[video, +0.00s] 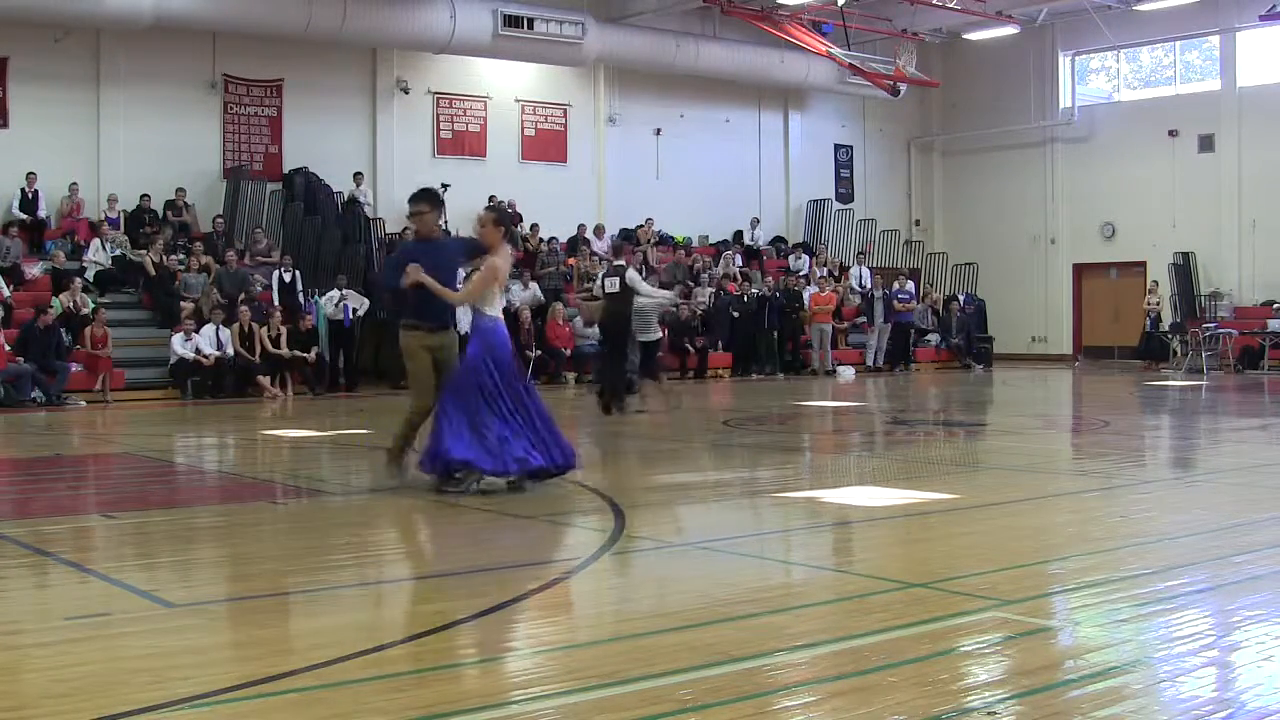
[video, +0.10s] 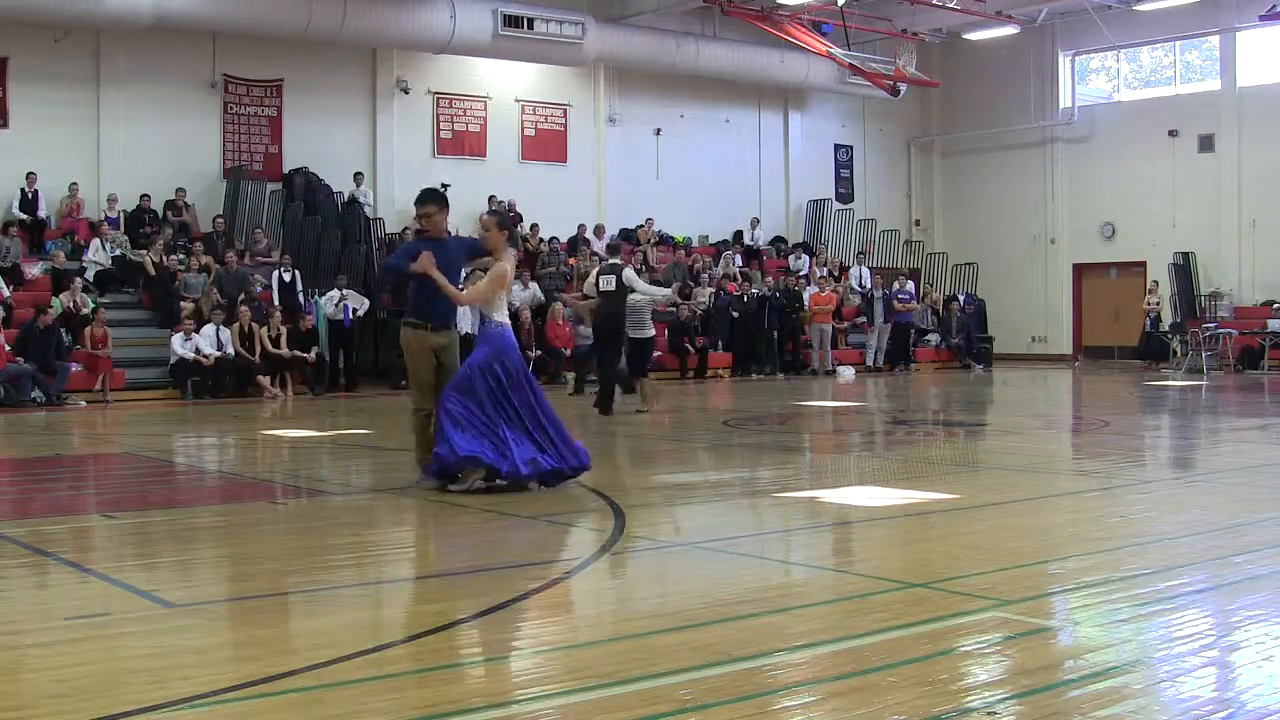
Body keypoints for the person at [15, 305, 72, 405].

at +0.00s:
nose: (52, 317)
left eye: (52, 315)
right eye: (50, 315)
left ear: (43, 316)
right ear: (42, 316)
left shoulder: (54, 328)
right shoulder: (28, 328)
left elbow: (60, 347)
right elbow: (19, 347)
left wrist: (61, 360)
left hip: (49, 359)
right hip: (33, 360)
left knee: (64, 367)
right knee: (32, 371)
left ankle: (55, 393)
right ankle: (51, 394)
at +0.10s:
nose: (52, 318)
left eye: (52, 315)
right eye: (50, 315)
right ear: (41, 316)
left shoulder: (54, 328)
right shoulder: (28, 329)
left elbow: (60, 347)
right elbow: (19, 348)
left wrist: (61, 360)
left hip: (49, 360)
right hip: (33, 360)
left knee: (64, 367)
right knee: (31, 371)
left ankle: (54, 393)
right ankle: (51, 395)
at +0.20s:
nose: (52, 318)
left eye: (52, 315)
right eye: (50, 315)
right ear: (41, 316)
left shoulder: (54, 329)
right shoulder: (28, 329)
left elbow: (60, 348)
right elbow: (19, 347)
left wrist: (61, 360)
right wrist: (20, 358)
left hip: (49, 360)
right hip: (33, 360)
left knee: (64, 367)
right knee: (31, 371)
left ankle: (55, 393)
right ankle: (51, 394)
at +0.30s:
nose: (52, 318)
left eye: (52, 315)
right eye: (50, 315)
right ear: (41, 316)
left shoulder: (53, 329)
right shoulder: (28, 329)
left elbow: (60, 347)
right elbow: (19, 347)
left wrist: (61, 360)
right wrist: (20, 358)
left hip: (48, 360)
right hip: (33, 360)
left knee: (64, 367)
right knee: (31, 371)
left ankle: (55, 393)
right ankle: (51, 395)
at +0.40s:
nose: (52, 318)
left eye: (52, 315)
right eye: (50, 315)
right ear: (41, 316)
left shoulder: (54, 328)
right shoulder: (28, 329)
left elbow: (60, 348)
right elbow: (19, 347)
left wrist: (61, 361)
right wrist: (19, 357)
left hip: (49, 360)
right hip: (33, 360)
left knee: (64, 367)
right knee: (31, 370)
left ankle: (55, 393)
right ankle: (50, 394)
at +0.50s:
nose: (52, 318)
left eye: (52, 315)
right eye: (49, 315)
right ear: (41, 316)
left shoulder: (54, 329)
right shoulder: (28, 328)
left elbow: (60, 347)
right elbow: (19, 346)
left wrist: (61, 360)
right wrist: (18, 356)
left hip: (49, 360)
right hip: (32, 361)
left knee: (64, 367)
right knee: (30, 371)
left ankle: (55, 393)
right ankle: (50, 395)